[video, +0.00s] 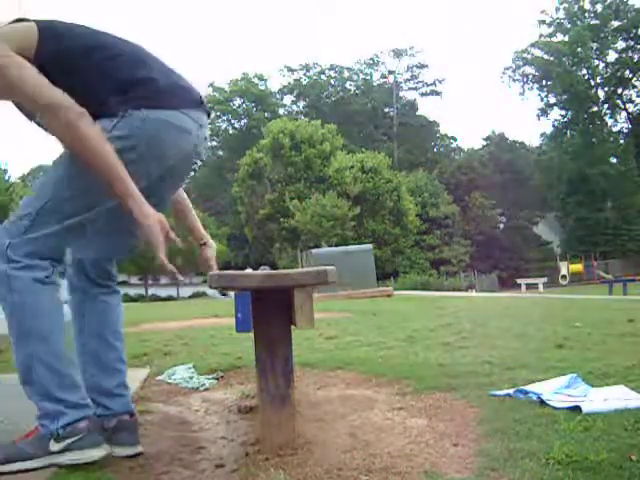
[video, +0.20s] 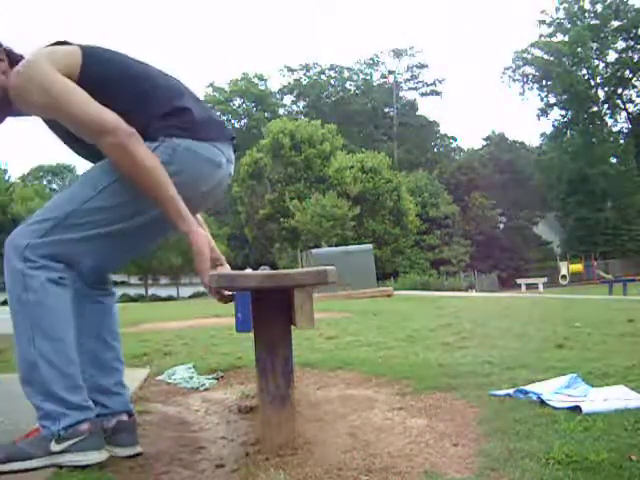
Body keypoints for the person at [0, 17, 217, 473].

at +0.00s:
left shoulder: (8, 51)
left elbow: (64, 113)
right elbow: (147, 151)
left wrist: (139, 208)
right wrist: (200, 235)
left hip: (145, 122)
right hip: (192, 127)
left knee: (21, 250)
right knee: (91, 267)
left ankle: (65, 421)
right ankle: (114, 414)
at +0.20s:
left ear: (3, 66)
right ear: (10, 64)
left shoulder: (30, 75)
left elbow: (120, 137)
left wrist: (190, 227)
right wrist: (204, 241)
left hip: (178, 151)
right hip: (212, 158)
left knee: (29, 250)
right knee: (87, 272)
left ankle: (66, 423)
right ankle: (111, 415)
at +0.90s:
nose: (155, 8)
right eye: (155, 0)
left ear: (201, 1)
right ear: (205, 6)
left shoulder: (205, 39)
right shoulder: (223, 42)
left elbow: (228, 144)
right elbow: (232, 149)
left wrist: (238, 253)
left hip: (183, 220)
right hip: (197, 227)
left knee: (20, 248)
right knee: (67, 264)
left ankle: (5, 416)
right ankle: (101, 392)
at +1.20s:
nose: (163, 3)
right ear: (208, 4)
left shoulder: (212, 37)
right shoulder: (226, 43)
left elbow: (230, 144)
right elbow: (231, 151)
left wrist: (238, 255)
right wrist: (234, 250)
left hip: (165, 221)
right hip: (178, 228)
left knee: (8, 246)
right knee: (37, 269)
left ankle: (4, 417)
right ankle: (2, 407)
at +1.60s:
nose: (164, 6)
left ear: (200, 4)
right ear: (205, 9)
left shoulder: (198, 38)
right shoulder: (205, 52)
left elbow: (221, 142)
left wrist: (238, 253)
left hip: (117, 219)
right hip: (136, 239)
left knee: (3, 238)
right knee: (12, 318)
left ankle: (3, 415)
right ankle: (2, 418)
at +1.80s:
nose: (157, 5)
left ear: (192, 5)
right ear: (196, 9)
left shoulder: (188, 41)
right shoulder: (189, 55)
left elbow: (216, 146)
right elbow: (206, 169)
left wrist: (237, 253)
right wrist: (238, 248)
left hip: (96, 220)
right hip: (106, 234)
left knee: (3, 228)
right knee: (4, 317)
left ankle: (1, 407)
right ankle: (1, 408)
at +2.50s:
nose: (152, 10)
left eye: (163, 2)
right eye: (158, 2)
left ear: (188, 7)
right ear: (187, 10)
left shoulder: (190, 44)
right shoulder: (190, 54)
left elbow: (217, 148)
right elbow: (208, 175)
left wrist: (237, 256)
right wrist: (236, 253)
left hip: (102, 231)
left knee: (4, 316)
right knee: (4, 322)